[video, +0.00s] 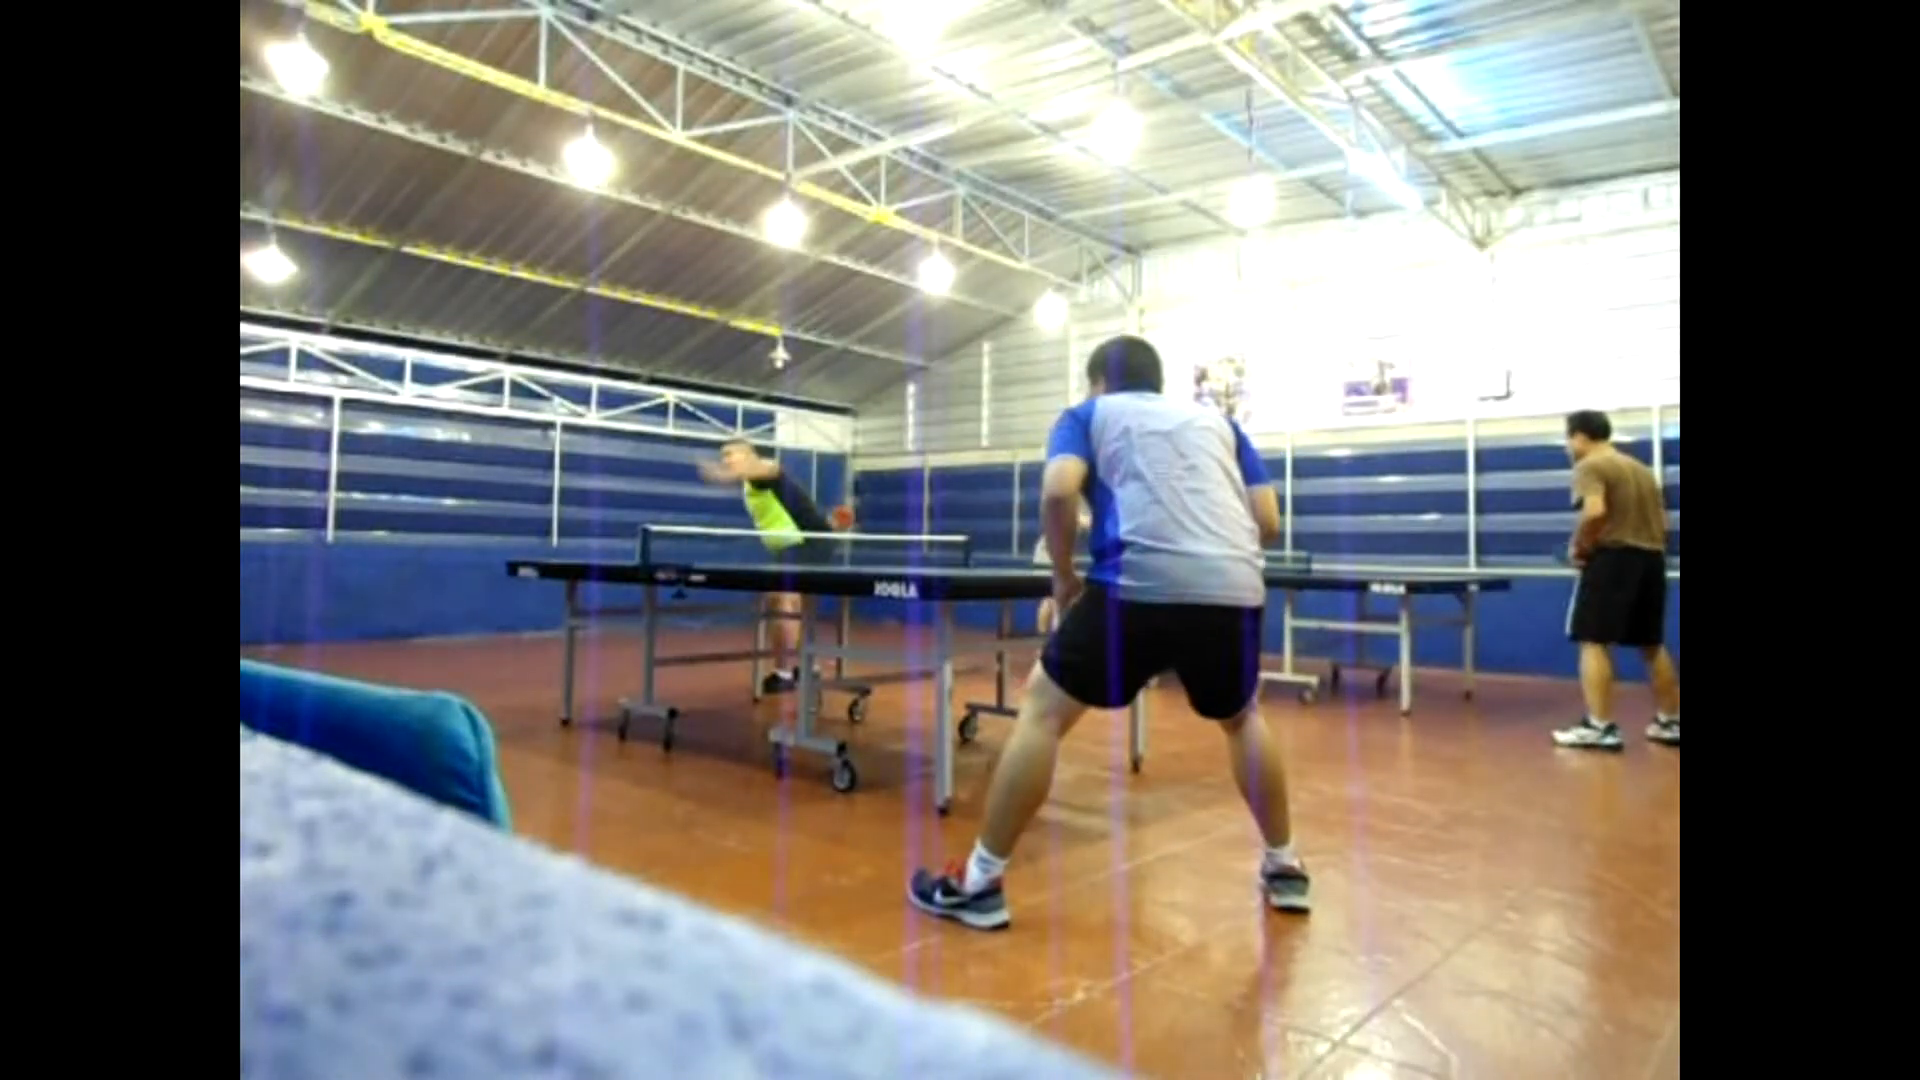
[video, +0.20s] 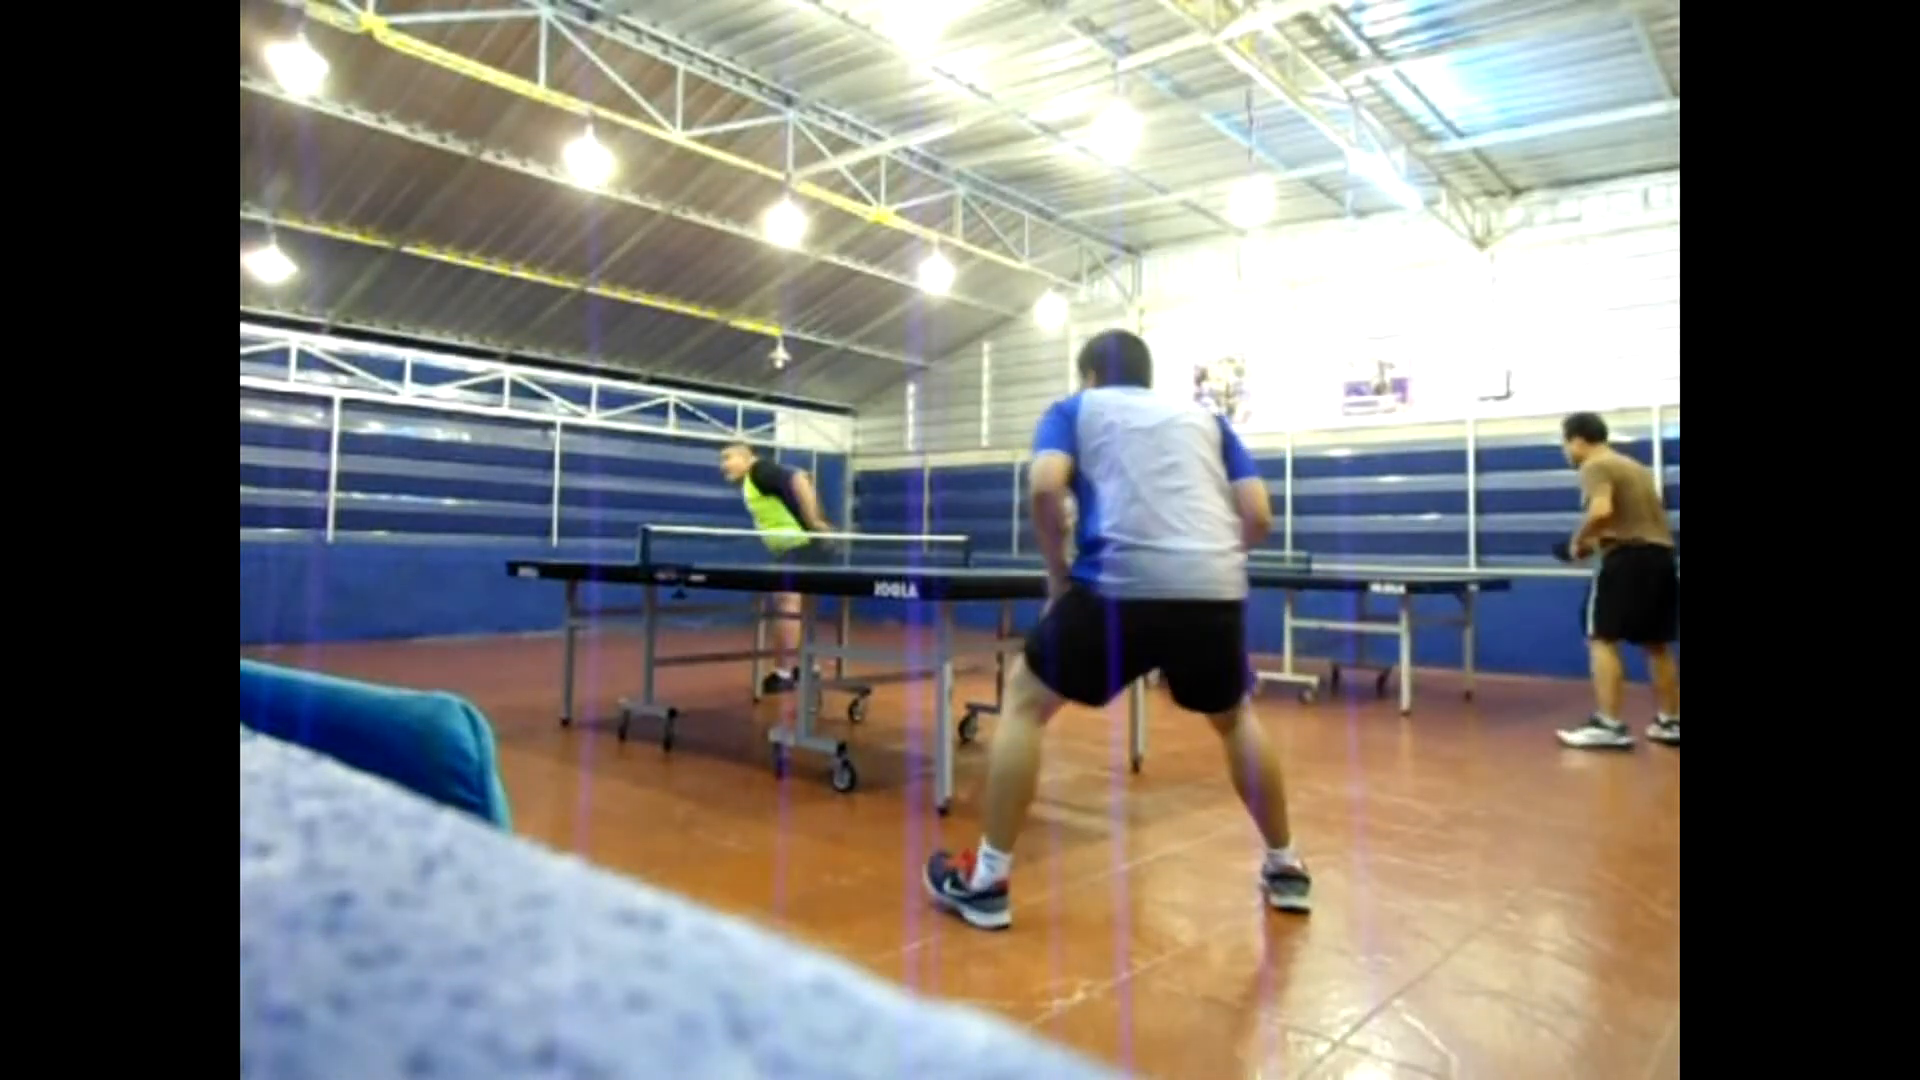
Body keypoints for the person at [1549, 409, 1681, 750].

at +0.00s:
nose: (1569, 446)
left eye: (1571, 439)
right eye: (1569, 439)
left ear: (1583, 438)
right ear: (1604, 435)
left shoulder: (1591, 465)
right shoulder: (1640, 469)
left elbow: (1595, 511)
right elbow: (1660, 520)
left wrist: (1579, 545)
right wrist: (1643, 543)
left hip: (1611, 553)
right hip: (1650, 555)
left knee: (1592, 641)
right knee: (1652, 644)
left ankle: (1598, 723)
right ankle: (1670, 718)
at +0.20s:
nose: (1567, 451)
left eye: (1568, 443)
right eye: (1566, 444)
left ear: (1580, 440)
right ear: (1601, 437)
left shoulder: (1596, 466)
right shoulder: (1635, 467)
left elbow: (1601, 510)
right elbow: (1651, 517)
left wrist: (1580, 539)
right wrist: (1601, 537)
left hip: (1626, 553)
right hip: (1660, 552)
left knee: (1602, 639)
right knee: (1657, 643)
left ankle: (1609, 721)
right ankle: (1671, 718)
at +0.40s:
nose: (1546, 466)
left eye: (1547, 458)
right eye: (1545, 459)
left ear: (1560, 455)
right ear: (1577, 450)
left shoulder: (1586, 475)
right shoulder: (1612, 472)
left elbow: (1573, 528)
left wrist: (1546, 532)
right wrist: (1561, 535)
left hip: (1635, 559)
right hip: (1666, 554)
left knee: (1602, 640)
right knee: (1656, 645)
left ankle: (1599, 723)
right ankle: (1671, 719)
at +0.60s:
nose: (1527, 482)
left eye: (1526, 473)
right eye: (1524, 474)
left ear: (1538, 469)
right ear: (1554, 462)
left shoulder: (1567, 488)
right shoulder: (1585, 481)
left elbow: (1541, 540)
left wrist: (1523, 523)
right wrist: (1537, 531)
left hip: (1628, 567)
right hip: (1656, 561)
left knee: (1580, 642)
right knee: (1647, 645)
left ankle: (1596, 726)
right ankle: (1673, 719)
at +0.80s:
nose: (1524, 465)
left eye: (1526, 456)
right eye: (1523, 457)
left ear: (1542, 455)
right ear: (1551, 455)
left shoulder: (1573, 476)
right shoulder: (1560, 486)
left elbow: (1593, 512)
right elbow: (1529, 508)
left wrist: (1554, 532)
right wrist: (1492, 504)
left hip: (1621, 564)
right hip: (1647, 562)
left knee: (1577, 640)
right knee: (1653, 646)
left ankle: (1595, 724)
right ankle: (1680, 718)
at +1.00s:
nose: (1547, 455)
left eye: (1549, 447)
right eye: (1547, 447)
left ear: (1564, 446)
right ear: (1575, 445)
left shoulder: (1589, 470)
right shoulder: (1586, 474)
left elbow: (1633, 498)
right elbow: (1577, 511)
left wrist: (1595, 534)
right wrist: (1533, 514)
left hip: (1624, 563)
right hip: (1649, 562)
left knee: (1574, 638)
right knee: (1655, 645)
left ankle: (1595, 725)